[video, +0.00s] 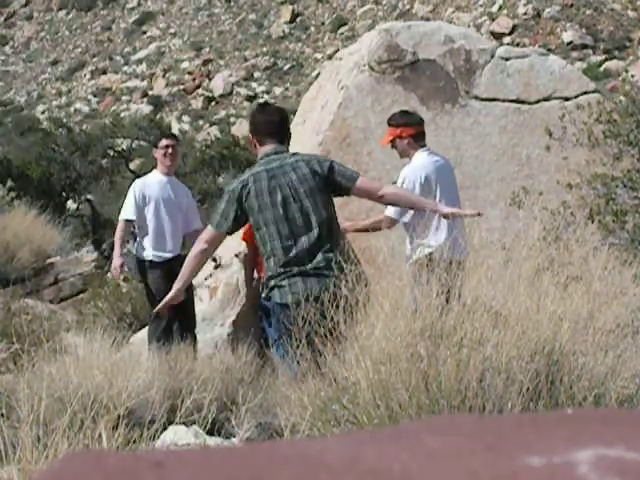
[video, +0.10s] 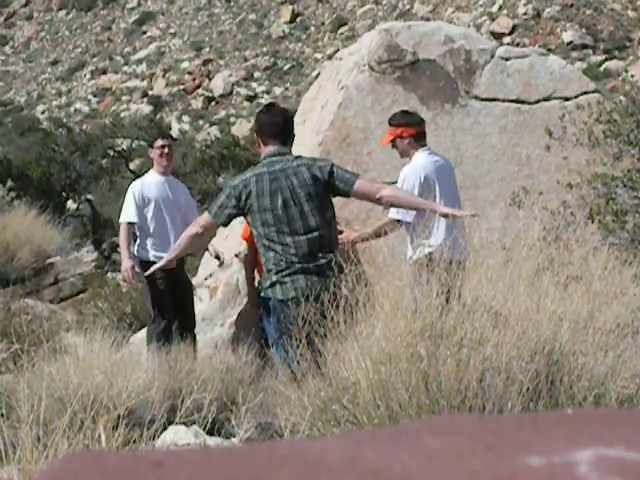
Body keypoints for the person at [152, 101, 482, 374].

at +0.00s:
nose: (248, 140)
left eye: (249, 136)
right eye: (254, 135)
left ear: (253, 140)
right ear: (287, 134)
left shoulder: (243, 185)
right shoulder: (315, 165)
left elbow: (207, 243)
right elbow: (380, 192)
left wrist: (177, 288)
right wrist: (438, 208)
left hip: (287, 297)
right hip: (336, 287)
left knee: (298, 379)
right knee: (341, 370)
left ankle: (308, 443)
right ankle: (348, 437)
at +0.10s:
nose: (253, 141)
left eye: (254, 137)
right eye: (264, 136)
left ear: (258, 139)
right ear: (291, 136)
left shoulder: (245, 183)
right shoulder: (317, 169)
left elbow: (201, 230)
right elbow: (380, 192)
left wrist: (170, 258)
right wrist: (437, 208)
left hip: (285, 291)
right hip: (331, 284)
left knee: (296, 373)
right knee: (338, 365)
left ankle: (306, 436)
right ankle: (343, 428)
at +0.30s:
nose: (260, 145)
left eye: (258, 140)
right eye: (276, 139)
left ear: (257, 144)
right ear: (290, 143)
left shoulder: (240, 184)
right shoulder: (307, 182)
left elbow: (184, 214)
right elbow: (359, 214)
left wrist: (143, 233)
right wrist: (414, 235)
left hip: (262, 296)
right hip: (303, 292)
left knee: (262, 377)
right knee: (309, 373)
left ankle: (267, 440)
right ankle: (314, 435)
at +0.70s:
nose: (252, 168)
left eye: (246, 164)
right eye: (265, 162)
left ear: (244, 166)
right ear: (274, 162)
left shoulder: (230, 203)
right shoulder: (293, 196)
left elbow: (189, 228)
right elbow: (340, 207)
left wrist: (156, 244)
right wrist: (382, 206)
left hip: (252, 299)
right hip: (292, 294)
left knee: (265, 366)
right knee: (308, 360)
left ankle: (272, 420)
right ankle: (317, 416)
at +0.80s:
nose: (266, 156)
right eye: (268, 150)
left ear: (243, 157)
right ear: (272, 152)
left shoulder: (229, 192)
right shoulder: (289, 185)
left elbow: (195, 202)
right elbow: (337, 185)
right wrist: (375, 172)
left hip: (254, 287)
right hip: (292, 281)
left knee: (261, 357)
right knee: (308, 348)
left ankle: (268, 416)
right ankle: (317, 409)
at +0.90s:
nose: (268, 135)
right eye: (270, 129)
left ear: (244, 135)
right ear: (274, 132)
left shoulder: (230, 169)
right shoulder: (290, 162)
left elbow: (194, 171)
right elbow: (338, 154)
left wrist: (175, 155)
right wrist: (376, 133)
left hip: (253, 261)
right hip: (290, 254)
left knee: (263, 324)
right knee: (304, 317)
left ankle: (271, 387)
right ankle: (316, 375)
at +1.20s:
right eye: (288, 153)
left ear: (260, 157)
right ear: (288, 155)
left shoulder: (244, 191)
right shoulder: (302, 184)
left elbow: (206, 216)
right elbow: (345, 201)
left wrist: (197, 184)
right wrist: (338, 165)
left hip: (269, 279)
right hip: (304, 273)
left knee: (279, 344)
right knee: (317, 337)